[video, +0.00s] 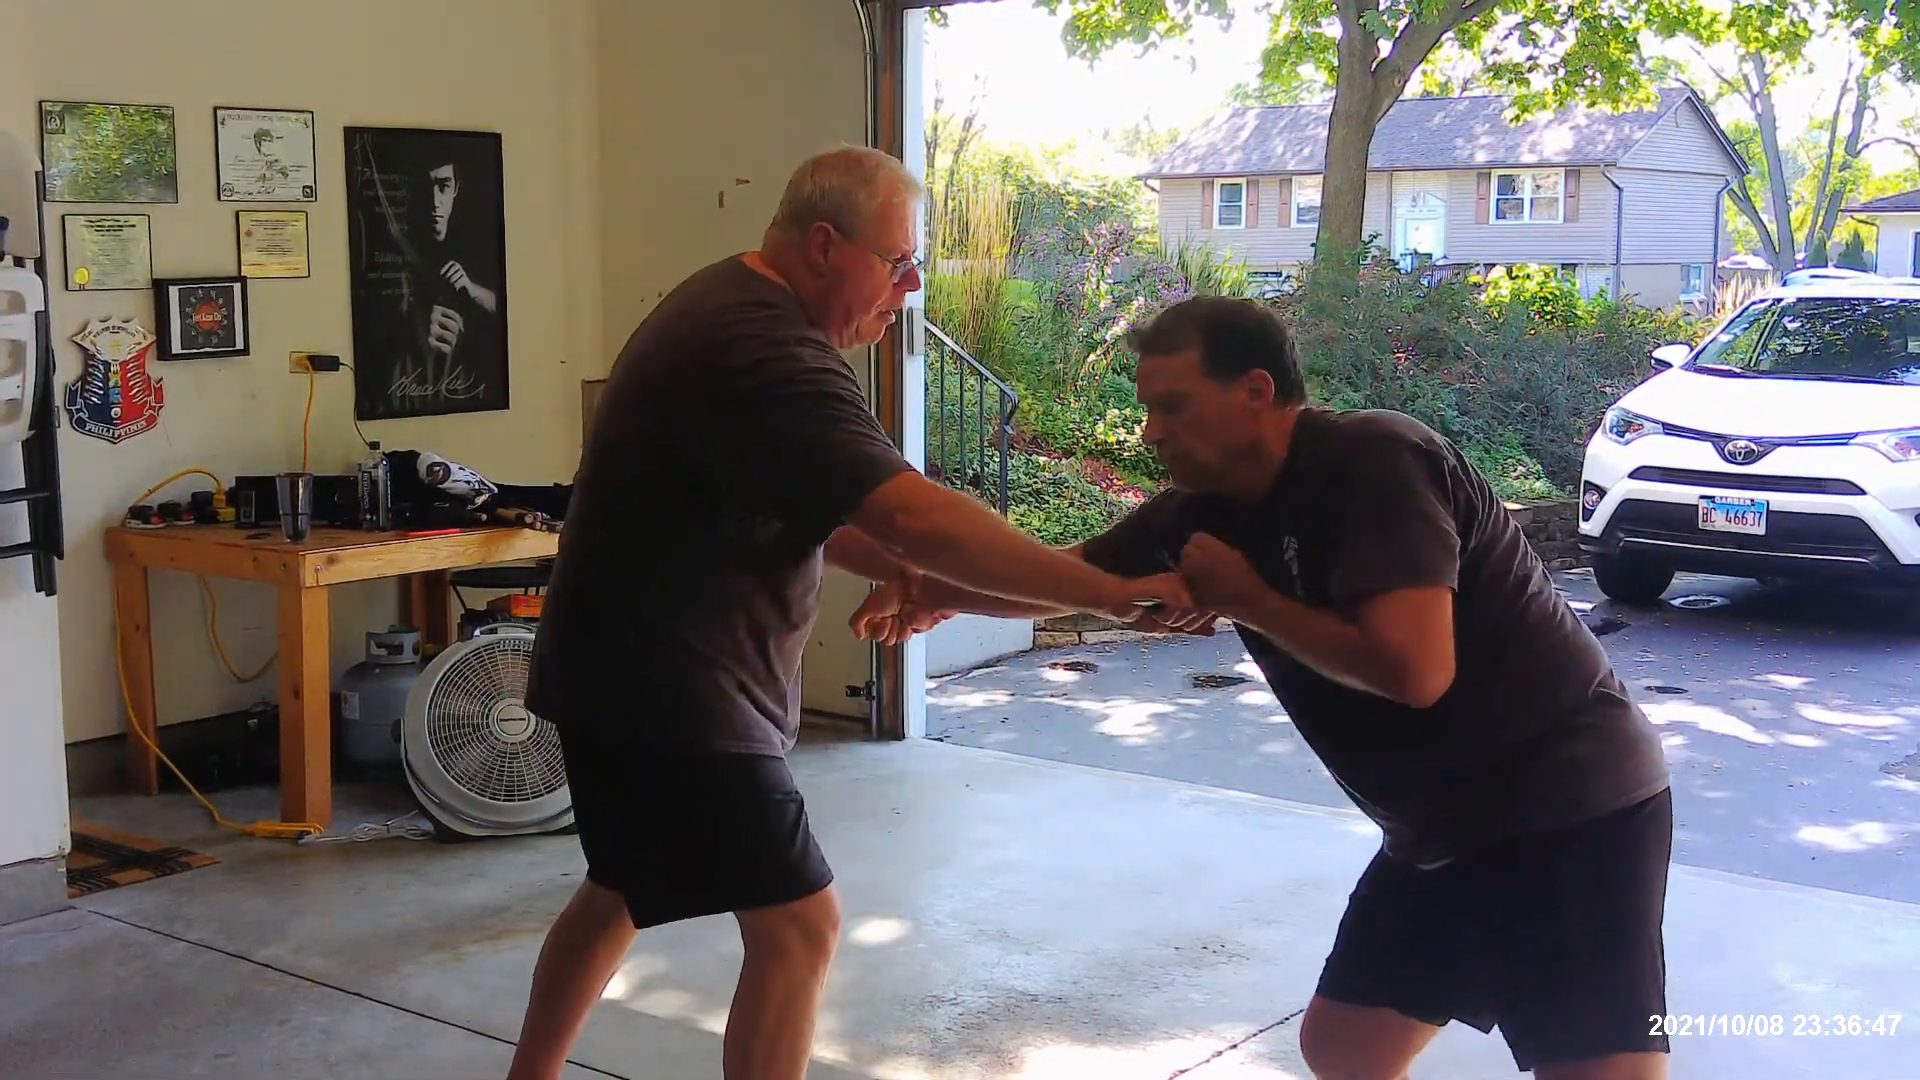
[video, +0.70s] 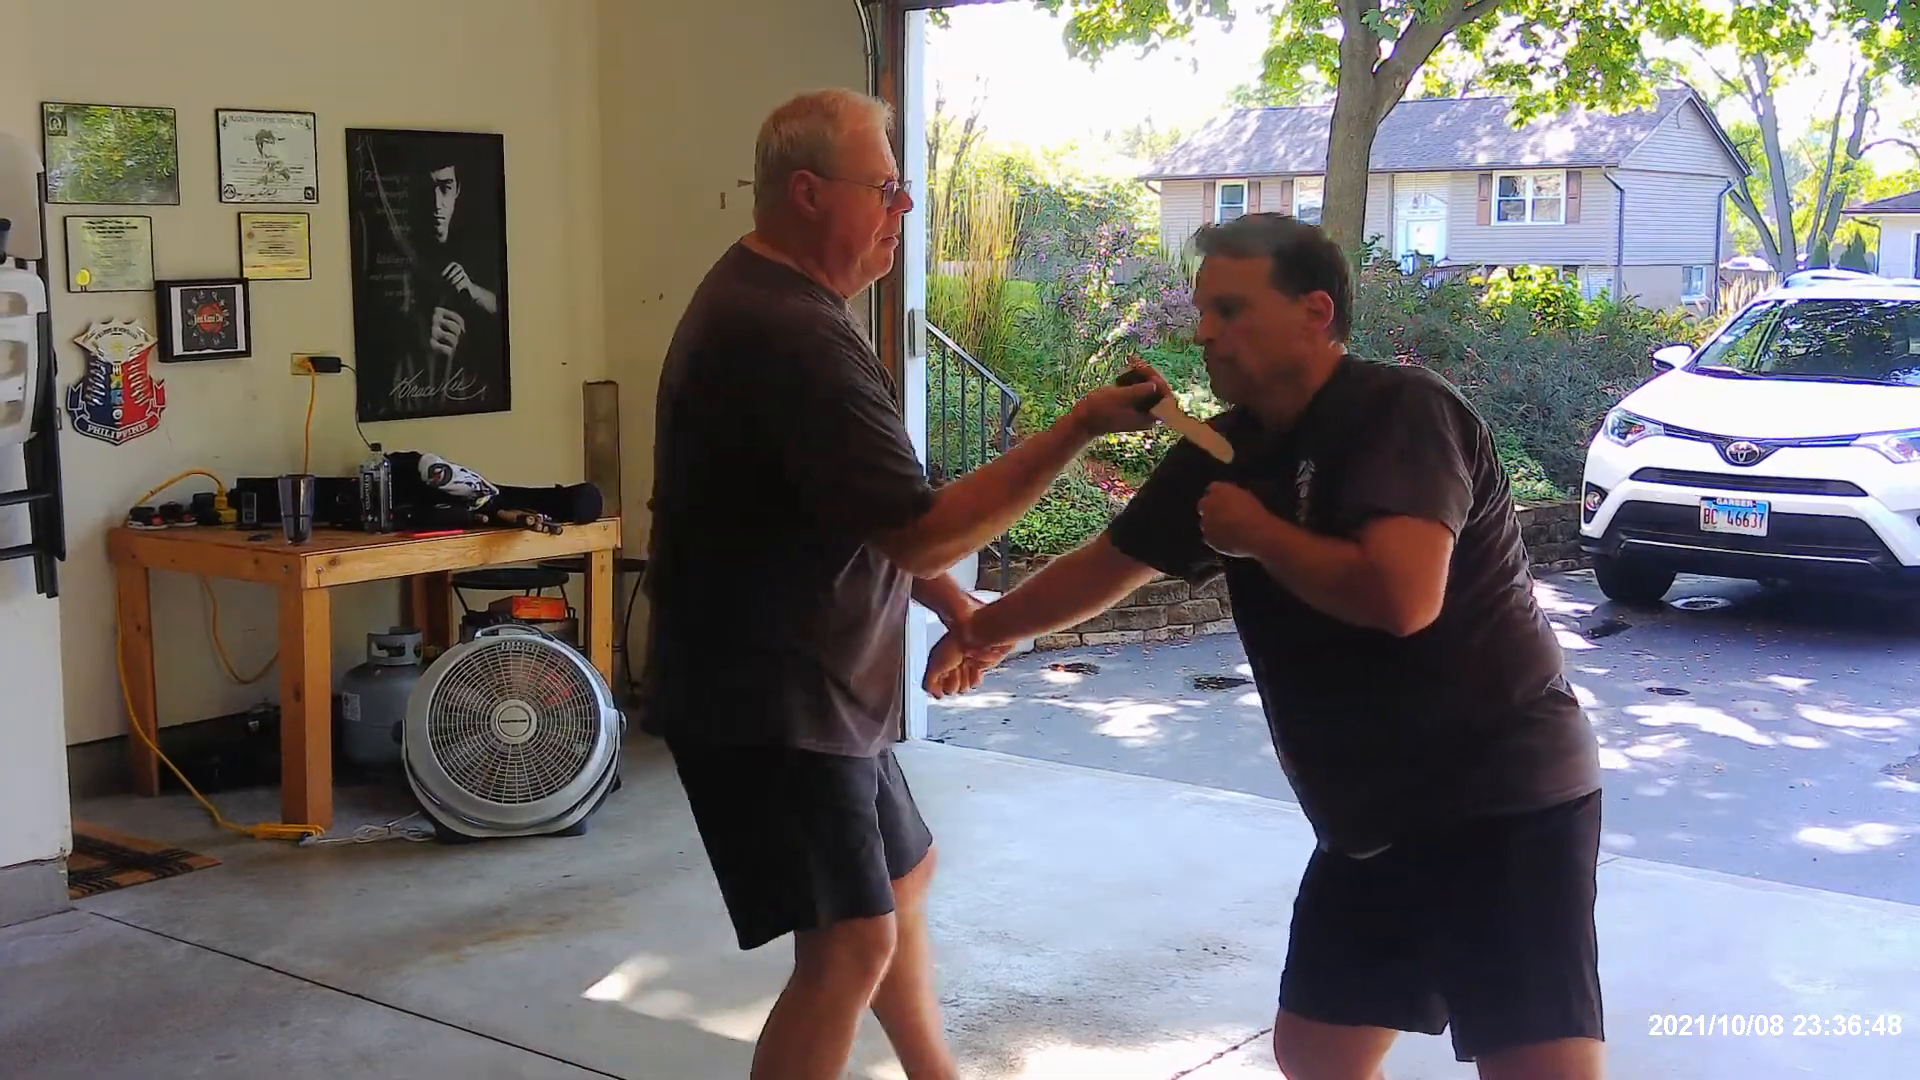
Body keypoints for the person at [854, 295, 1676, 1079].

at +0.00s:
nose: (1154, 431)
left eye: (1169, 406)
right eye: (1147, 409)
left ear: (1258, 396)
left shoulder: (1378, 468)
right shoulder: (1206, 512)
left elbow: (1412, 669)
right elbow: (1077, 581)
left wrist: (1250, 599)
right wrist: (953, 589)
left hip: (1579, 805)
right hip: (1439, 822)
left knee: (1600, 1065)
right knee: (1343, 1046)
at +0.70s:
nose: (1202, 333)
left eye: (1228, 309)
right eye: (1200, 310)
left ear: (1317, 314)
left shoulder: (1405, 410)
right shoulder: (1220, 454)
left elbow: (1403, 594)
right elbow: (1113, 560)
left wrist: (1261, 536)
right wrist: (991, 627)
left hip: (1511, 804)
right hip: (1367, 818)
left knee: (1539, 1061)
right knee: (1317, 1050)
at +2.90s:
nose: (1508, 409)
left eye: (1500, 392)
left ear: (1502, 388)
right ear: (1623, 354)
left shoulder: (1549, 480)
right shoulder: (1734, 451)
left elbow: (1498, 708)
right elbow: (1845, 628)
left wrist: (1466, 665)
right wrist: (1883, 807)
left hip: (1654, 868)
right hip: (1796, 842)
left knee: (1495, 1072)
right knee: (1706, 1036)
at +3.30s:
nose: (1690, 331)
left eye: (1683, 315)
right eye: (1685, 317)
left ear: (1693, 305)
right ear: (1789, 272)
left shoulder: (1754, 367)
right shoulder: (1882, 334)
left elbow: (1793, 530)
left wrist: (1701, 588)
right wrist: (1745, 580)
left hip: (1850, 713)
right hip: (1906, 698)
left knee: (1819, 964)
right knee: (1881, 945)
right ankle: (1897, 1064)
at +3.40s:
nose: (1718, 347)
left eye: (1712, 332)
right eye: (1715, 333)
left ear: (1723, 324)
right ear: (1812, 292)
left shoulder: (1782, 386)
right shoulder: (1894, 350)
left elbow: (1828, 551)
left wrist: (1747, 619)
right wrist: (1783, 605)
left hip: (1880, 729)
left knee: (1873, 979)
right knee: (1895, 955)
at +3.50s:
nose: (1751, 419)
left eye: (1745, 400)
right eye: (1749, 400)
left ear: (1757, 394)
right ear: (1850, 367)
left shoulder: (1808, 459)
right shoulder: (1904, 415)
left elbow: (1858, 626)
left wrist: (1795, 711)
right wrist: (1822, 694)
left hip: (1907, 779)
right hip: (1907, 772)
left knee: (1838, 978)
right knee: (1842, 973)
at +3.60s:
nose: (1775, 496)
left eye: (1767, 480)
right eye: (1770, 480)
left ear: (1777, 469)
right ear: (1864, 433)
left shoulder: (1834, 509)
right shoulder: (1906, 474)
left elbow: (1897, 666)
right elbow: (1901, 664)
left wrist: (1850, 789)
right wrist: (1870, 775)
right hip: (1919, 806)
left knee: (1850, 967)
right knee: (1869, 969)